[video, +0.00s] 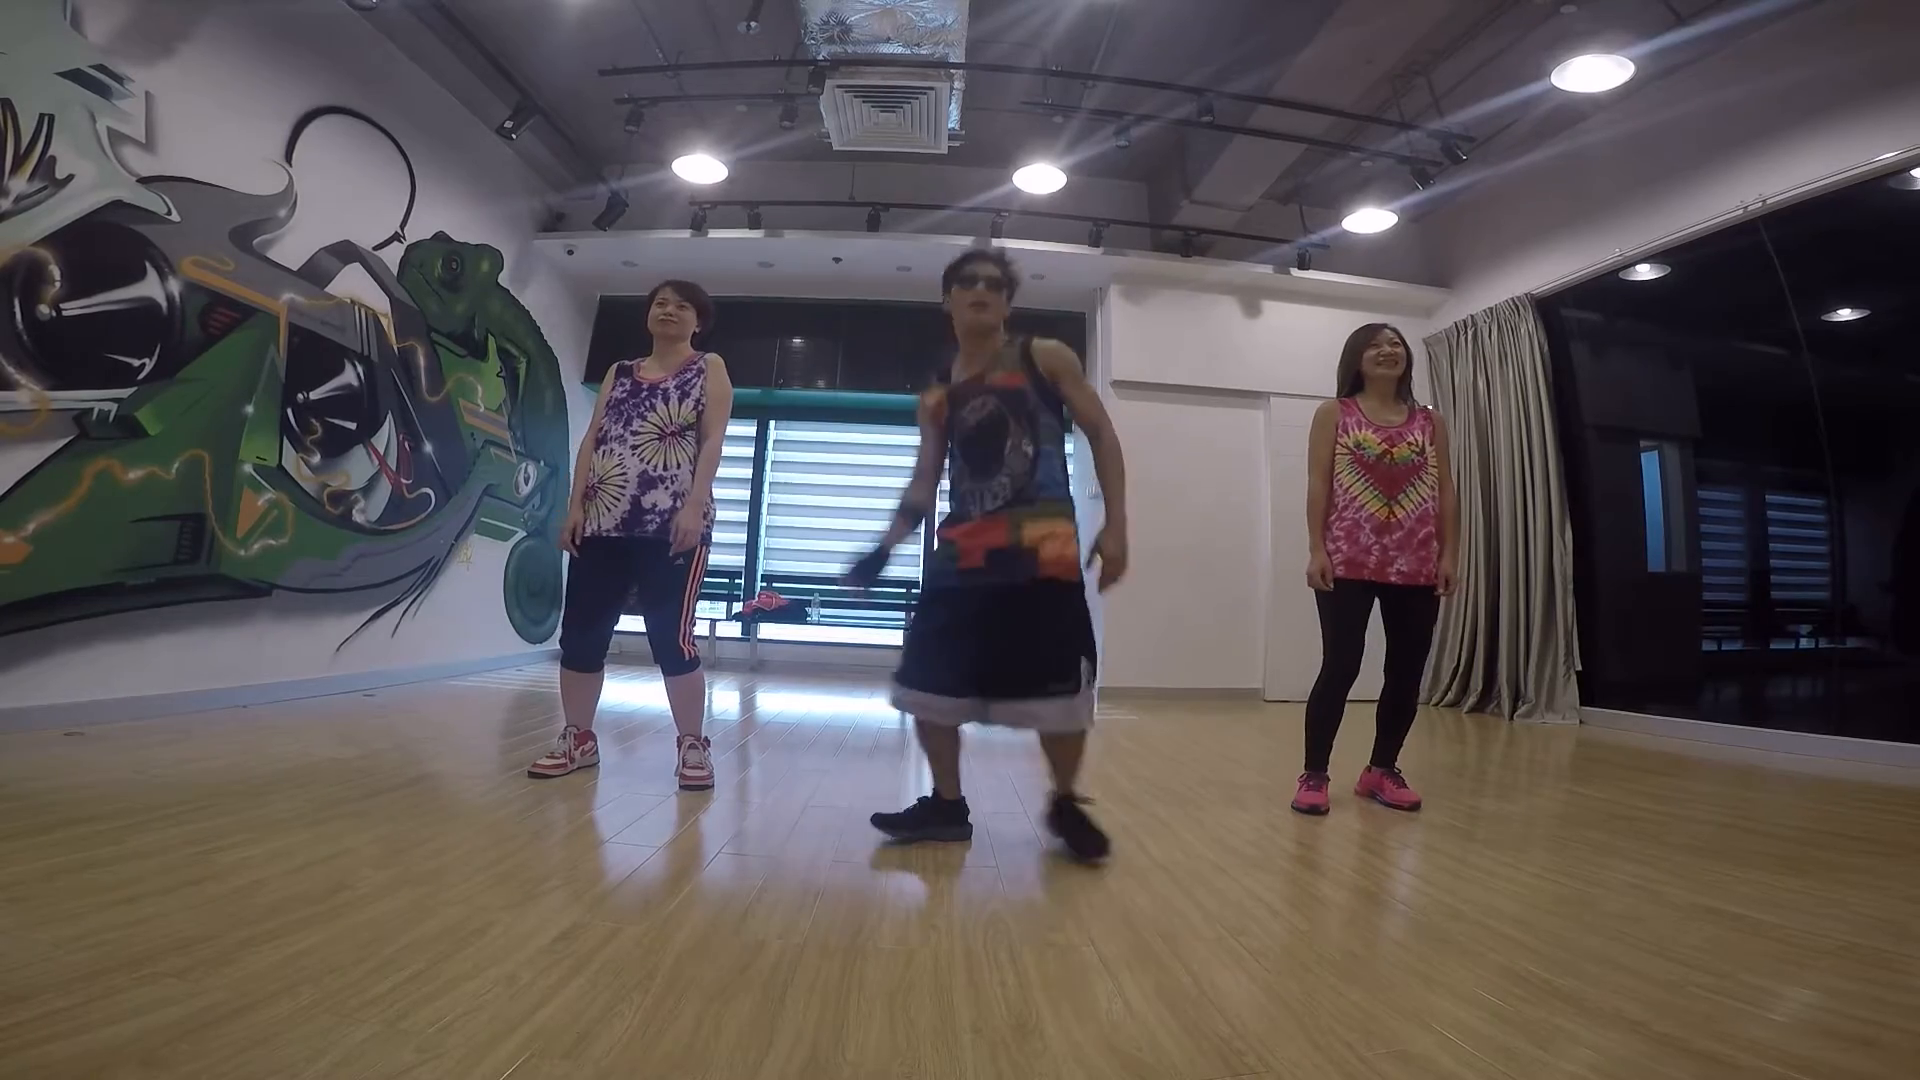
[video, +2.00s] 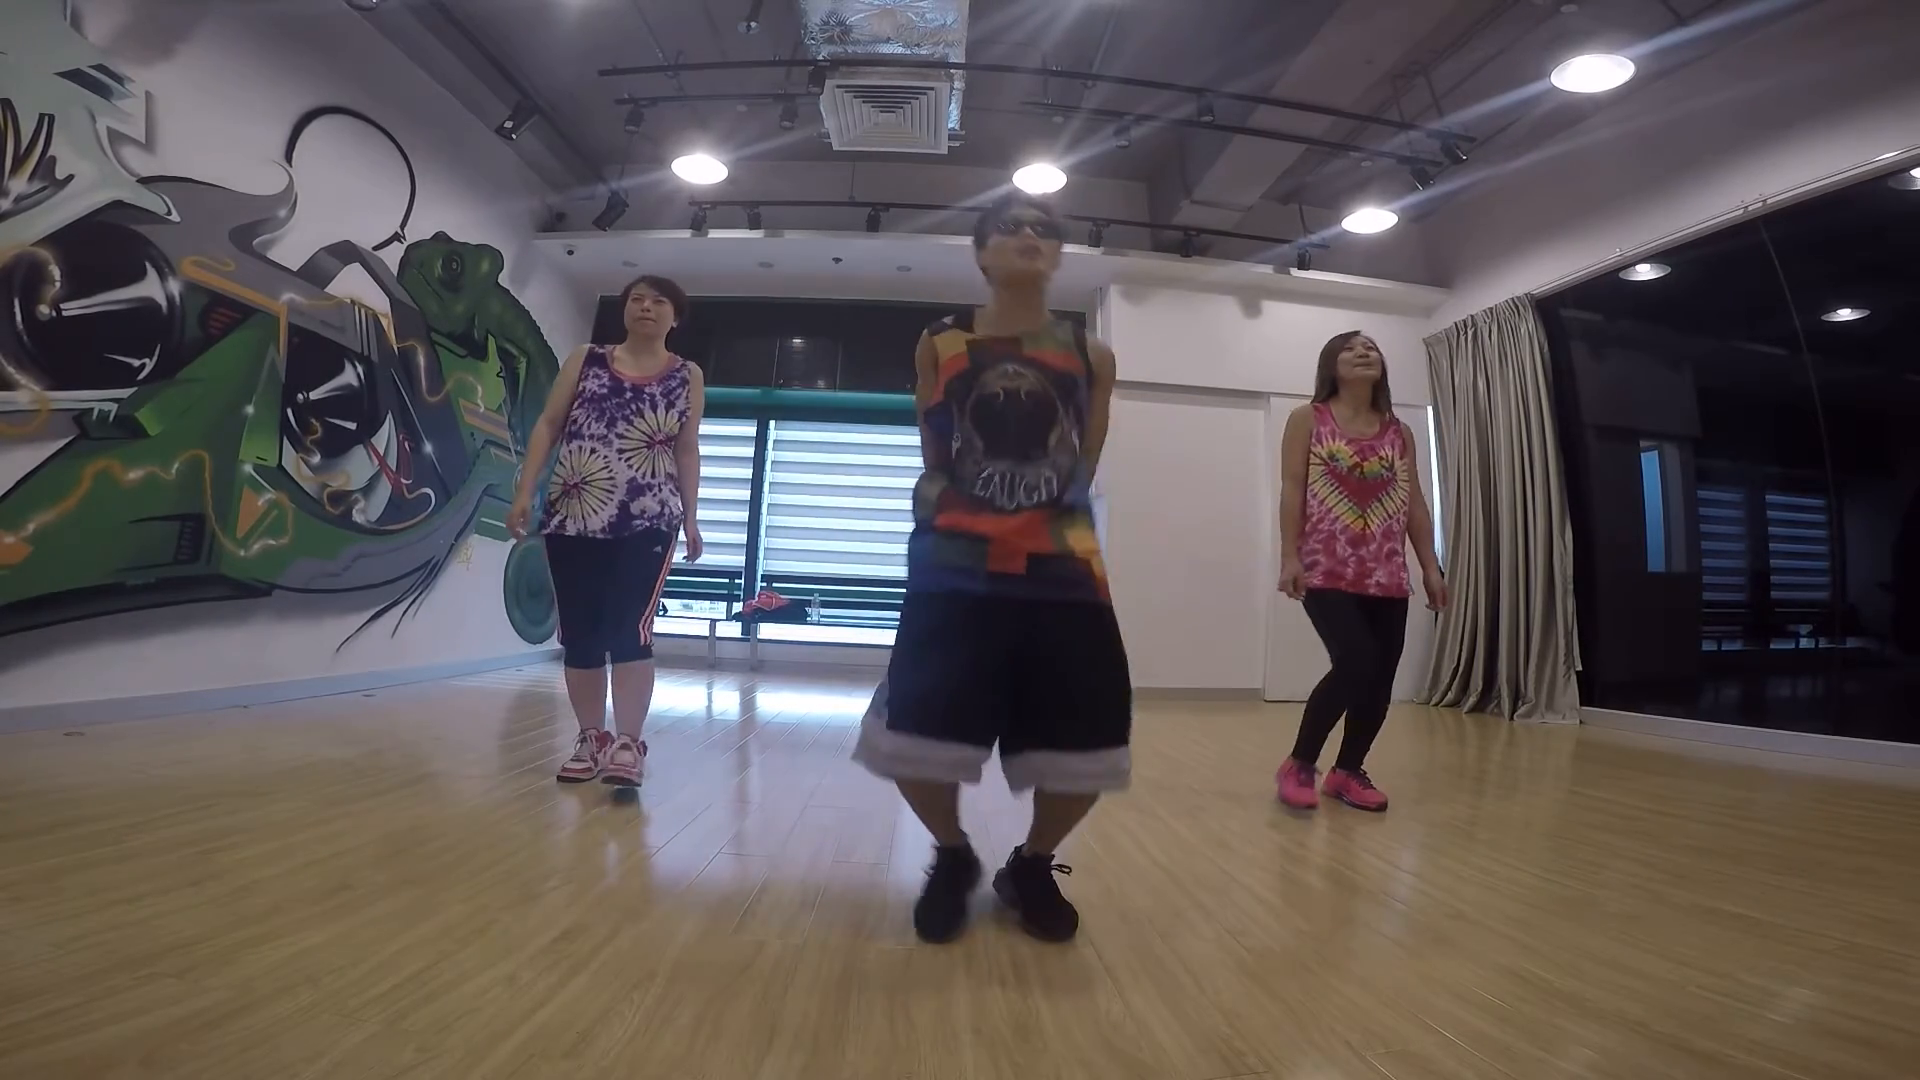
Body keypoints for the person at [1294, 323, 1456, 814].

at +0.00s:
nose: (1387, 350)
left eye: (1395, 343)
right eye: (1375, 345)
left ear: (1407, 359)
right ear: (1356, 361)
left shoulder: (1430, 421)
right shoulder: (1334, 413)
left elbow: (1445, 488)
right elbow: (1319, 483)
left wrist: (1448, 553)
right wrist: (1317, 549)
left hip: (1415, 565)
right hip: (1348, 562)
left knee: (1405, 674)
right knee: (1340, 669)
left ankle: (1381, 771)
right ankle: (1315, 775)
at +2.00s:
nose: (1364, 352)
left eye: (1372, 349)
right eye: (1351, 349)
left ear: (1382, 368)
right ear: (1331, 368)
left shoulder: (1398, 431)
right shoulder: (1309, 419)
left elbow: (1414, 504)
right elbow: (1293, 490)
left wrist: (1430, 568)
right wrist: (1290, 557)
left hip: (1386, 577)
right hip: (1325, 573)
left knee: (1379, 679)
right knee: (1354, 665)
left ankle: (1348, 772)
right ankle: (1299, 767)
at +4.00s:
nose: (1313, 375)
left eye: (1319, 369)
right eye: (1300, 371)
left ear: (1330, 383)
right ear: (1284, 387)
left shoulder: (1354, 439)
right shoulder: (1268, 440)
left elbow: (1367, 505)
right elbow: (1256, 505)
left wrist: (1374, 567)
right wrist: (1246, 566)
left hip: (1339, 576)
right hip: (1279, 574)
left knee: (1355, 656)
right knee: (1300, 662)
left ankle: (1312, 729)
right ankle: (1280, 755)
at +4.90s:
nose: (1326, 367)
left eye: (1334, 361)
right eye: (1314, 363)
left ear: (1346, 375)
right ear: (1298, 380)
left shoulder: (1368, 431)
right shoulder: (1283, 432)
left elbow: (1385, 496)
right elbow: (1268, 497)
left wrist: (1396, 556)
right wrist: (1260, 561)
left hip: (1357, 570)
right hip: (1298, 569)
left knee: (1338, 668)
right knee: (1321, 663)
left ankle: (1316, 754)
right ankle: (1299, 761)